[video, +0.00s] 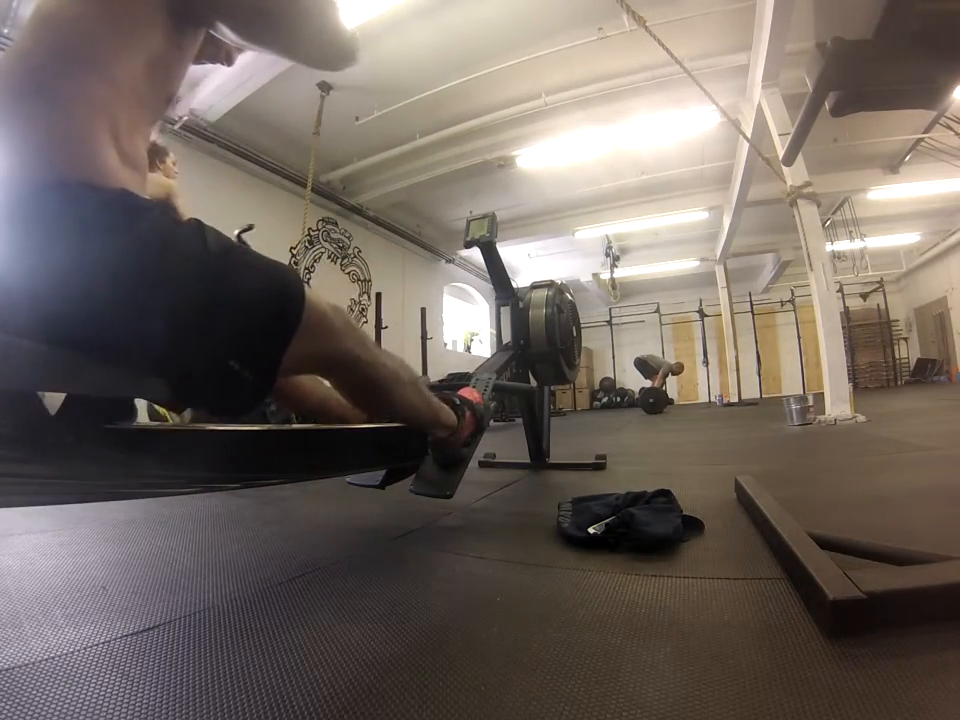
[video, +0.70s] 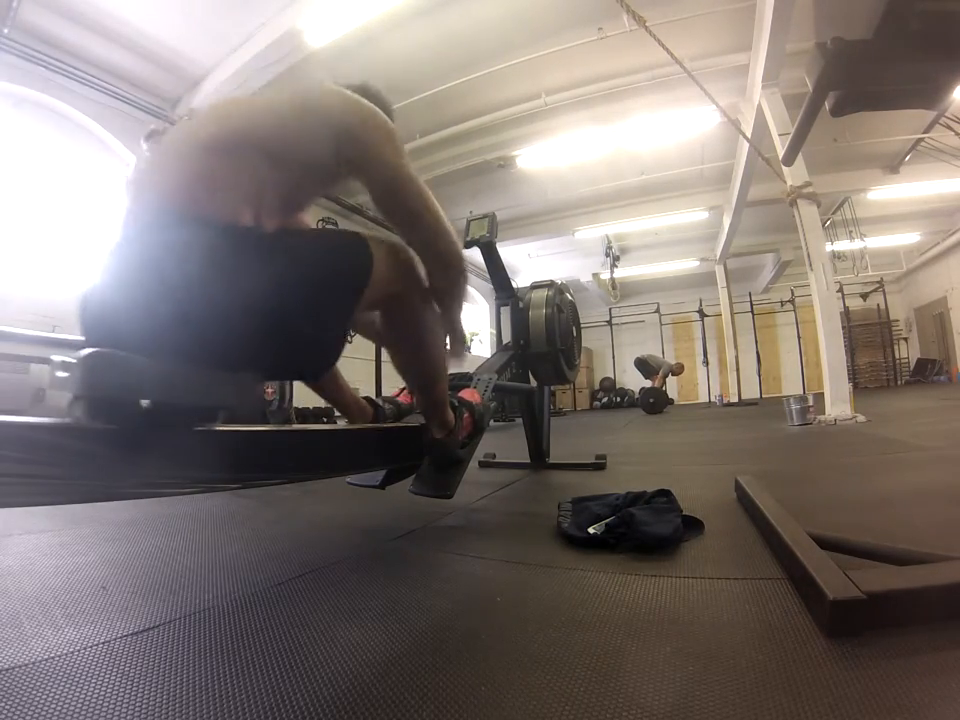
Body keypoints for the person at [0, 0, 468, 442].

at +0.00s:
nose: (223, 57)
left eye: (223, 53)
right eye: (219, 43)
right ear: (197, 11)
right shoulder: (173, 5)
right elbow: (337, 47)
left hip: (20, 228)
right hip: (89, 224)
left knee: (269, 364)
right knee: (333, 333)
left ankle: (368, 432)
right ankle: (449, 426)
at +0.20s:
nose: (242, 70)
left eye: (241, 67)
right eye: (238, 56)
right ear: (221, 21)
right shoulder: (199, 4)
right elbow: (351, 72)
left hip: (20, 236)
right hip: (104, 231)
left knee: (241, 329)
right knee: (343, 320)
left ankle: (360, 420)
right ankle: (447, 430)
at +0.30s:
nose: (259, 76)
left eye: (259, 67)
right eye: (259, 53)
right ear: (248, 16)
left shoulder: (124, 36)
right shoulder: (225, 8)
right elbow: (364, 100)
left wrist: (238, 76)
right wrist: (345, 56)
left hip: (30, 254)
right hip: (121, 244)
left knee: (257, 336)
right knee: (351, 305)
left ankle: (363, 418)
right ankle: (446, 426)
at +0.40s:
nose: (311, 68)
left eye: (308, 60)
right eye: (310, 54)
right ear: (284, 33)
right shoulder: (255, 20)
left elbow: (209, 224)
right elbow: (379, 142)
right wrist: (334, 74)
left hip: (49, 276)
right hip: (144, 255)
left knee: (258, 321)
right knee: (361, 292)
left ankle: (358, 414)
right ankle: (445, 427)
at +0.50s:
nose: (330, 112)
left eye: (334, 101)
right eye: (334, 96)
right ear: (323, 65)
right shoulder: (289, 56)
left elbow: (252, 246)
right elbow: (400, 190)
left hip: (73, 292)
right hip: (167, 279)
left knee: (267, 307)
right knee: (378, 285)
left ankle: (358, 411)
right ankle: (447, 427)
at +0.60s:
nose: (358, 138)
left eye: (362, 127)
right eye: (360, 122)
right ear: (347, 90)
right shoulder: (330, 92)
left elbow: (289, 242)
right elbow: (423, 222)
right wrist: (434, 261)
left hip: (92, 296)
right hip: (178, 287)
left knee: (280, 312)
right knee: (390, 281)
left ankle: (358, 412)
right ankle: (447, 428)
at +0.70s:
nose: (382, 160)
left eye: (385, 152)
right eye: (384, 146)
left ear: (341, 95)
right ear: (370, 117)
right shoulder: (357, 118)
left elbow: (315, 271)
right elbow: (449, 258)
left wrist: (402, 340)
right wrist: (449, 318)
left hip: (117, 301)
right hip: (197, 290)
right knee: (399, 269)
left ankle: (361, 414)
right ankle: (446, 425)